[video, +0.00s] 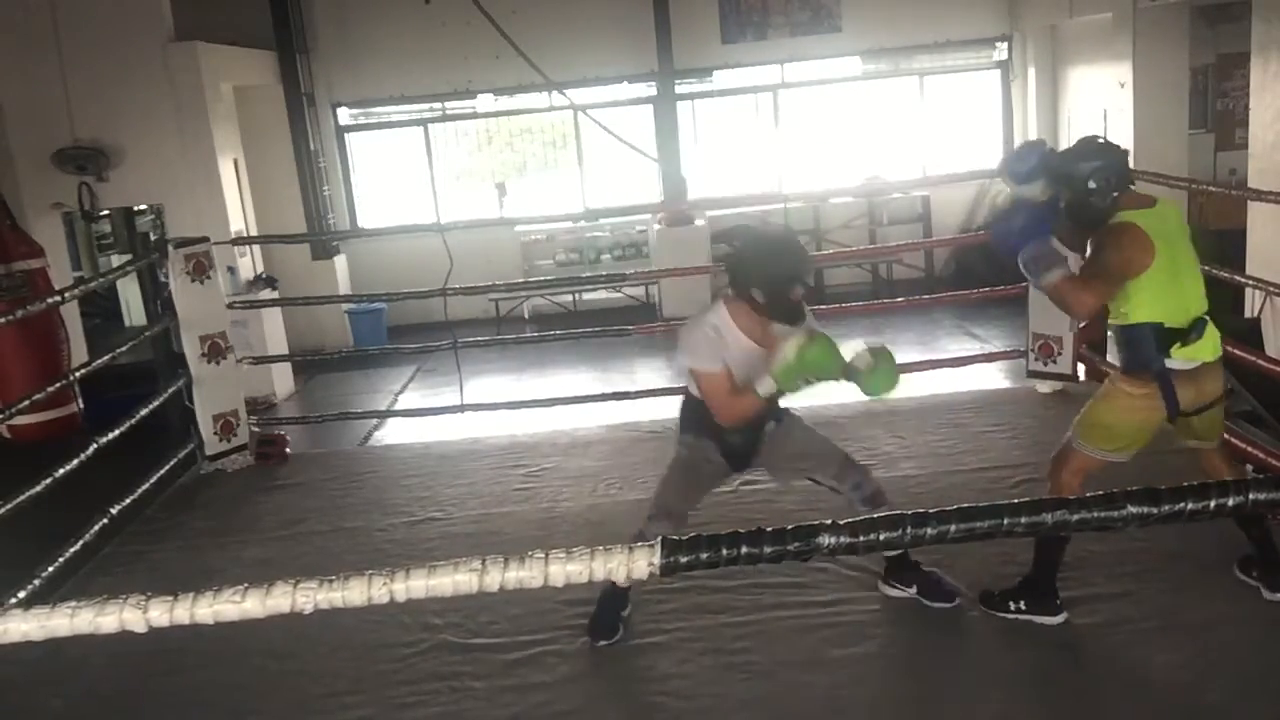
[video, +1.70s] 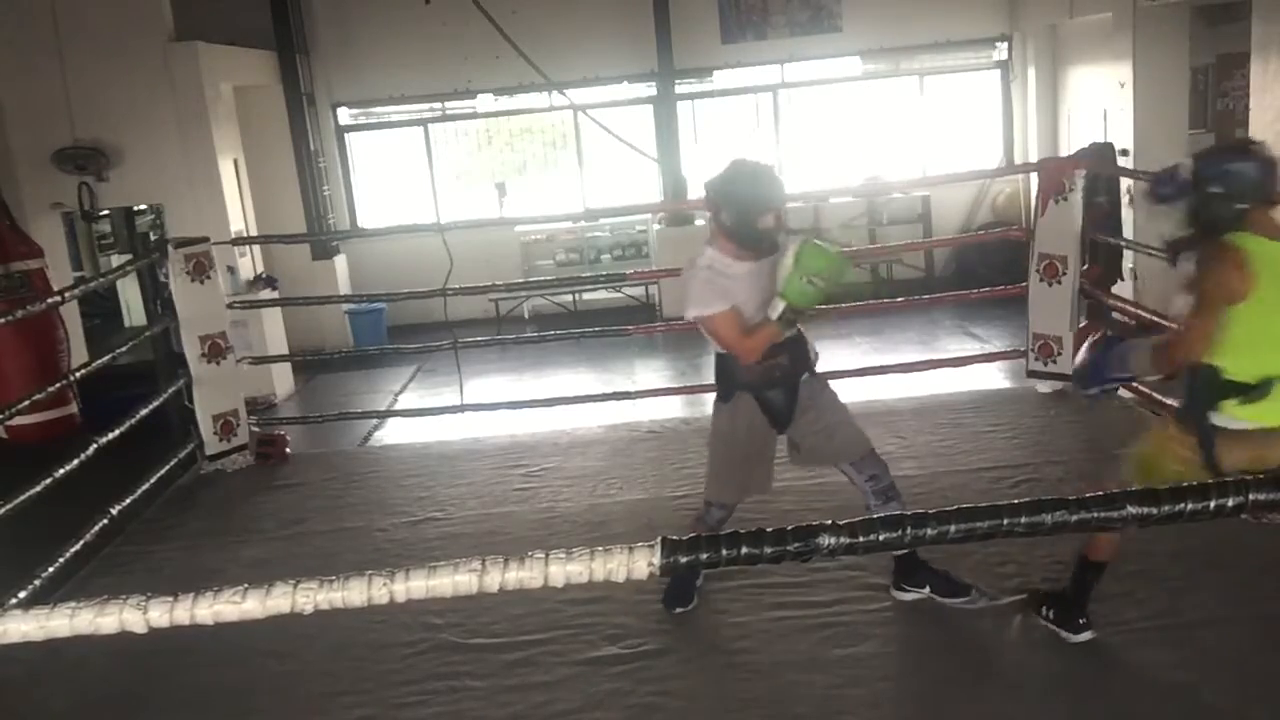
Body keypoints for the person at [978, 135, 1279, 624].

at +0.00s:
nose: (1067, 205)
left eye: (1069, 196)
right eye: (1065, 196)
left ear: (1088, 193)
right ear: (1119, 180)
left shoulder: (1121, 237)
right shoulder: (1166, 210)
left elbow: (1081, 303)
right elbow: (1083, 244)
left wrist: (1032, 247)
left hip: (1145, 385)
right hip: (1205, 373)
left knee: (1066, 471)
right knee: (1214, 458)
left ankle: (1040, 588)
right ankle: (1268, 560)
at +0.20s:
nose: (1102, 202)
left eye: (1103, 192)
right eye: (1100, 192)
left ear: (1124, 194)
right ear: (1156, 183)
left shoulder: (1162, 234)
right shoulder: (1204, 219)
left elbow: (1133, 300)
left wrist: (1083, 242)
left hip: (1168, 386)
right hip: (1226, 378)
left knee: (1090, 477)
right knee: (1242, 471)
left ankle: (1041, 588)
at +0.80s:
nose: (1132, 188)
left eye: (1135, 178)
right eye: (1129, 177)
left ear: (1158, 175)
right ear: (1187, 163)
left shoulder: (1180, 224)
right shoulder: (1228, 191)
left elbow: (1093, 268)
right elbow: (1144, 251)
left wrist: (1077, 202)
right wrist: (1111, 216)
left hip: (1220, 374)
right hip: (1270, 358)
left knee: (1150, 475)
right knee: (1270, 464)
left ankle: (1126, 601)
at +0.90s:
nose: (1152, 193)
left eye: (1154, 184)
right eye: (1150, 183)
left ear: (1179, 182)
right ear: (1206, 168)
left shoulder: (1208, 228)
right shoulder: (1247, 201)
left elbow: (1119, 278)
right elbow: (1157, 253)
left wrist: (1099, 212)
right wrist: (1123, 200)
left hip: (1233, 376)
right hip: (1268, 362)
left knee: (1159, 476)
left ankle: (1127, 600)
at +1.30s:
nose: (1129, 201)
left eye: (1134, 190)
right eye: (1128, 190)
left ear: (1158, 192)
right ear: (1190, 182)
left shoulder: (1178, 249)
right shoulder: (1235, 211)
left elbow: (1122, 290)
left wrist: (1069, 259)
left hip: (1224, 389)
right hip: (1269, 371)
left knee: (1122, 462)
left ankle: (1105, 591)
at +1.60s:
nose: (1154, 204)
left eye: (1160, 193)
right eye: (1155, 194)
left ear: (1175, 196)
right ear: (1222, 190)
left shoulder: (1173, 258)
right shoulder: (1260, 251)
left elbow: (1109, 337)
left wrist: (1067, 347)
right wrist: (1134, 307)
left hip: (1181, 430)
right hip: (1258, 429)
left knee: (1097, 489)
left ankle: (1069, 604)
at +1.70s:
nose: (1196, 205)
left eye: (1203, 193)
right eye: (1198, 194)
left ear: (1220, 195)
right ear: (1261, 192)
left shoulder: (1230, 256)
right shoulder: (1271, 248)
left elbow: (1188, 348)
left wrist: (1123, 358)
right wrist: (1141, 349)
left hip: (1221, 439)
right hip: (1271, 435)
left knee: (1119, 489)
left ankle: (1072, 605)